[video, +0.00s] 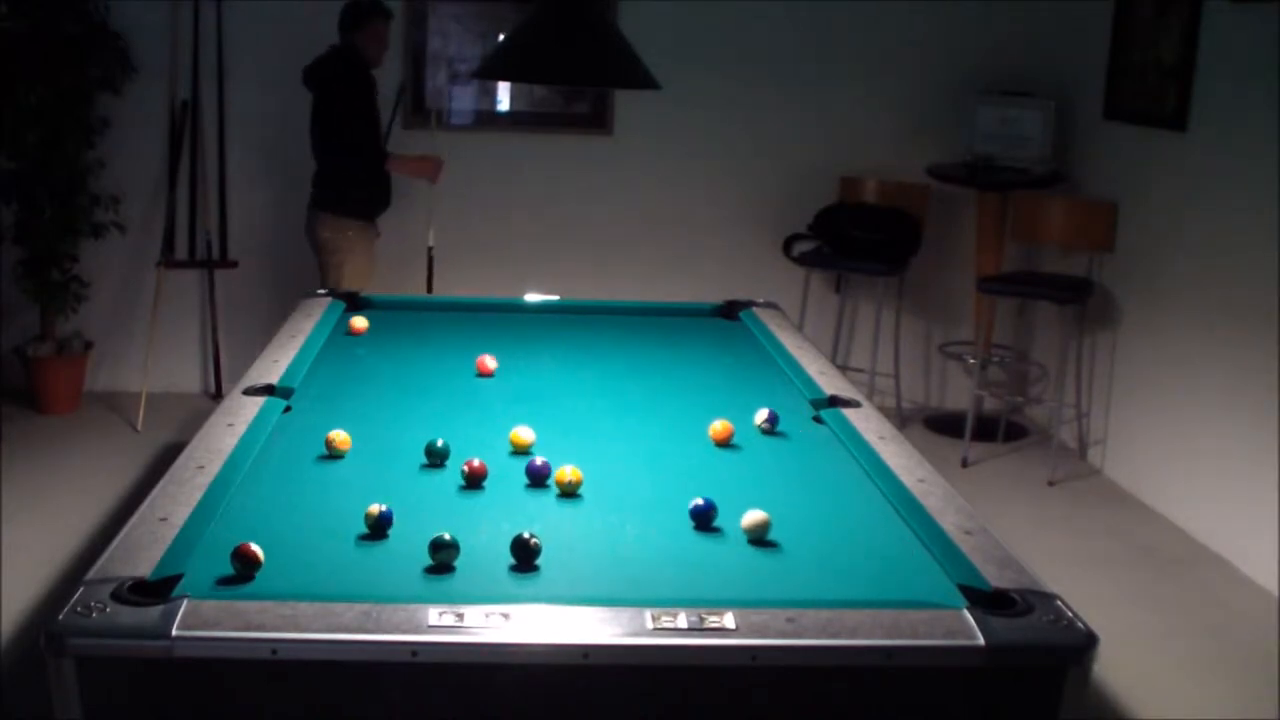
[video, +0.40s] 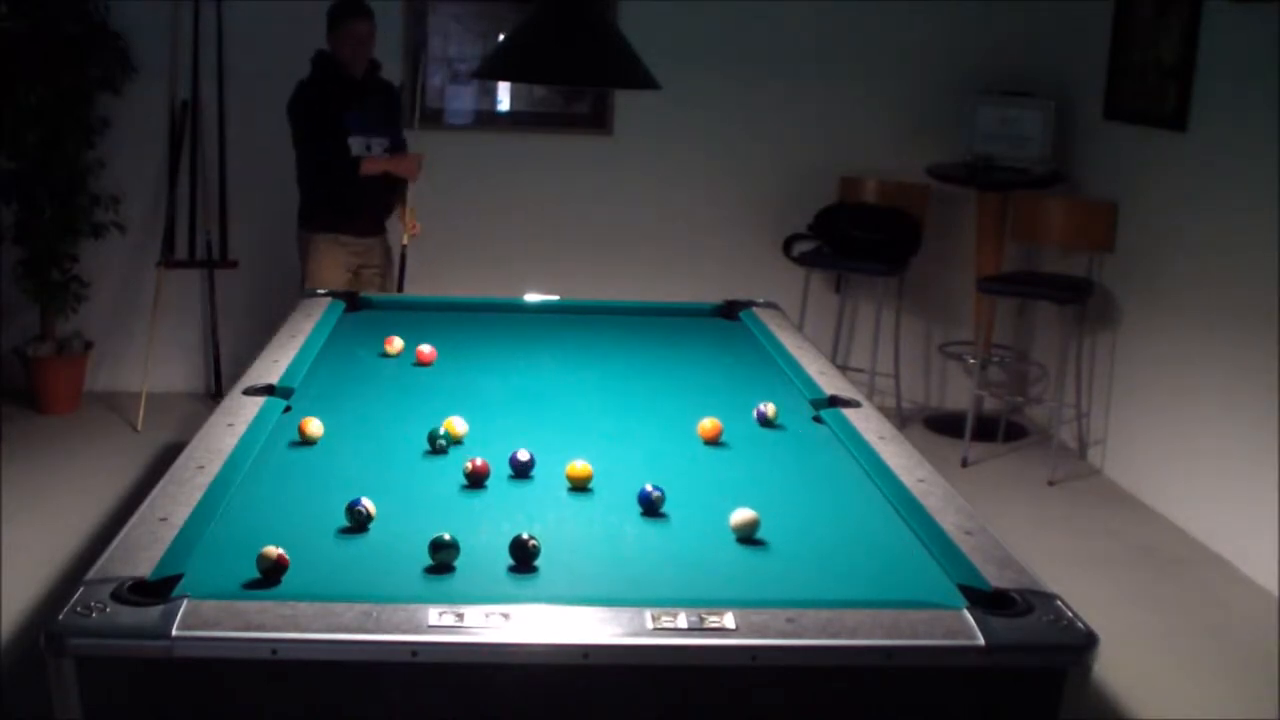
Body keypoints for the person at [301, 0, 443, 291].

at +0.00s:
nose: (385, 43)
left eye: (385, 34)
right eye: (379, 34)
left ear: (352, 34)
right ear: (362, 34)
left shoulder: (337, 73)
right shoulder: (350, 76)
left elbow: (351, 153)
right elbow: (359, 153)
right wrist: (411, 166)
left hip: (337, 215)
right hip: (347, 219)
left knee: (345, 314)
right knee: (350, 315)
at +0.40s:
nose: (361, 46)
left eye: (366, 37)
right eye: (352, 37)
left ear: (374, 39)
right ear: (333, 39)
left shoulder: (384, 92)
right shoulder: (311, 92)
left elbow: (396, 158)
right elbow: (322, 166)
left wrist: (403, 210)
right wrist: (388, 164)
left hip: (373, 231)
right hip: (327, 232)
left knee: (373, 332)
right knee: (326, 331)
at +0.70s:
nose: (363, 54)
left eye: (371, 43)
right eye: (354, 44)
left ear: (381, 43)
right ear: (338, 44)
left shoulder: (402, 91)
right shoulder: (319, 98)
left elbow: (420, 154)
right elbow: (306, 174)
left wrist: (414, 195)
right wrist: (367, 211)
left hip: (402, 240)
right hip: (346, 244)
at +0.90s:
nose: (402, 62)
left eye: (409, 52)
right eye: (393, 52)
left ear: (421, 54)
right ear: (378, 53)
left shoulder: (435, 102)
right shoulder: (354, 108)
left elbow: (452, 157)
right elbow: (332, 185)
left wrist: (459, 191)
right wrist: (372, 246)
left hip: (429, 247)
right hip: (371, 250)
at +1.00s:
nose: (435, 69)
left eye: (442, 59)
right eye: (426, 59)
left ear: (454, 61)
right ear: (411, 60)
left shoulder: (464, 109)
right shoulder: (385, 112)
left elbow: (477, 163)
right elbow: (356, 185)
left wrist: (487, 200)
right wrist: (394, 249)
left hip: (453, 251)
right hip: (395, 253)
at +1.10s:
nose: (479, 71)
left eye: (486, 62)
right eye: (470, 61)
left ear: (496, 62)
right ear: (453, 61)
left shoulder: (499, 112)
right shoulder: (426, 110)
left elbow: (510, 166)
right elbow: (388, 182)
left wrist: (514, 205)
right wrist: (418, 249)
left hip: (485, 258)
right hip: (431, 263)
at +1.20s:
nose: (516, 85)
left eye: (522, 78)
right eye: (510, 77)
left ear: (530, 77)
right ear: (496, 74)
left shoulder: (538, 113)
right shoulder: (470, 111)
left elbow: (546, 164)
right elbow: (425, 178)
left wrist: (548, 202)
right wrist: (444, 247)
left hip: (522, 257)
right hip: (468, 263)